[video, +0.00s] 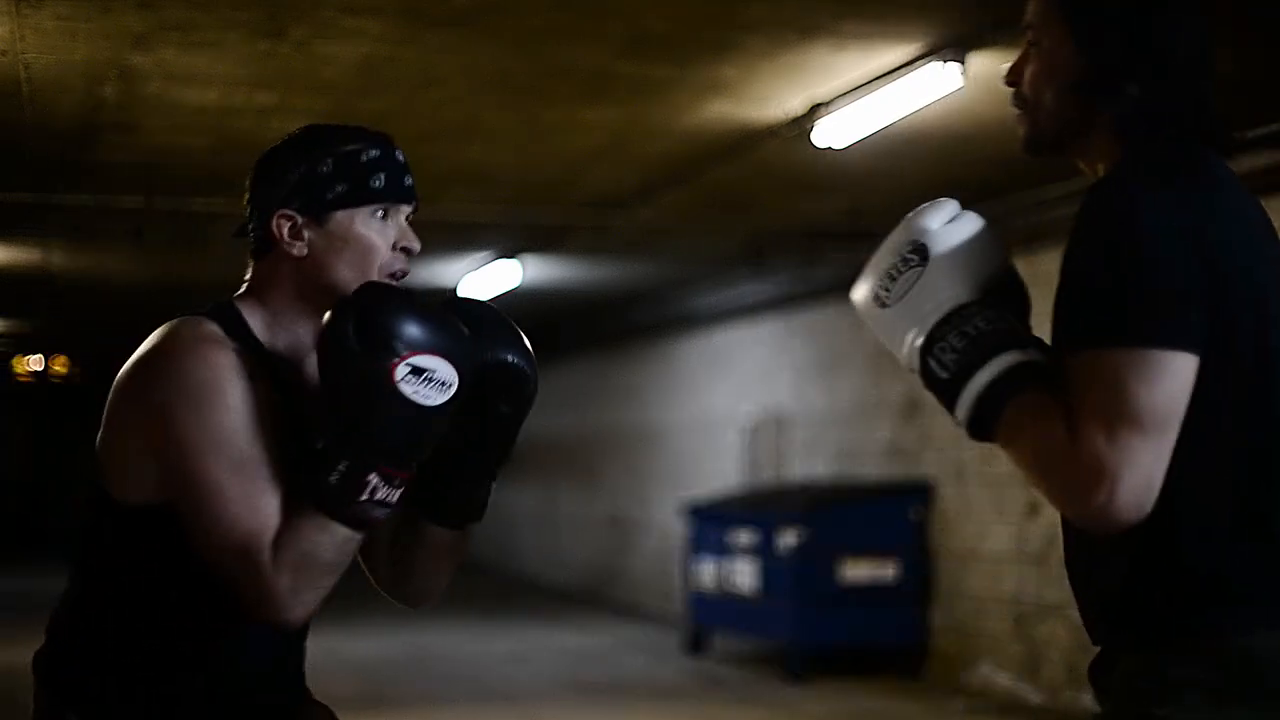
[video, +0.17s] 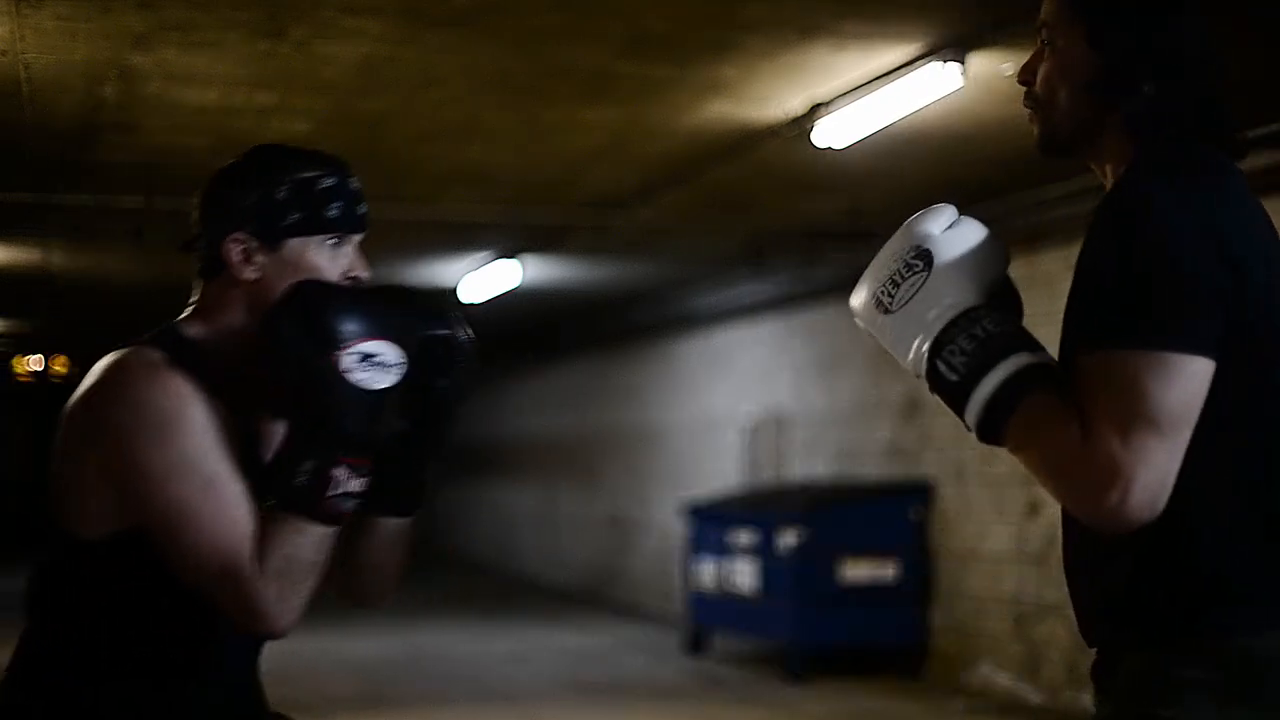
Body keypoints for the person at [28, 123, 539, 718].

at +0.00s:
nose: (412, 245)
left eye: (407, 219)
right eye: (383, 216)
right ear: (292, 232)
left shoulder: (333, 369)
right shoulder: (191, 364)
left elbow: (412, 581)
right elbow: (279, 594)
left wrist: (472, 446)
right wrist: (372, 447)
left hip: (259, 692)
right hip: (137, 698)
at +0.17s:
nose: (361, 273)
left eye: (358, 248)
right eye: (337, 246)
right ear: (244, 257)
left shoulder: (259, 389)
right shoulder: (143, 391)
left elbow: (363, 586)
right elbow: (266, 604)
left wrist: (412, 425)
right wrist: (337, 433)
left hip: (212, 703)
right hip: (102, 716)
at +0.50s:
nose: (271, 305)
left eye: (272, 276)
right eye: (240, 278)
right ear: (152, 289)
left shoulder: (259, 412)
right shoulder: (47, 426)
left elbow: (347, 611)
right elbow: (114, 654)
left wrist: (359, 449)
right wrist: (200, 483)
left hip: (239, 707)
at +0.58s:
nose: (234, 346)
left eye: (240, 314)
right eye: (200, 320)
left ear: (252, 312)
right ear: (130, 336)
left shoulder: (280, 430)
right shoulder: (56, 468)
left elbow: (394, 633)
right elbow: (76, 697)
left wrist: (344, 471)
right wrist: (123, 538)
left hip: (264, 713)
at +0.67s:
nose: (260, 345)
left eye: (265, 315)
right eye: (227, 326)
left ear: (280, 315)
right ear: (161, 347)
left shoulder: (313, 434)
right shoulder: (90, 472)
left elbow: (437, 626)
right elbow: (75, 696)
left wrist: (368, 498)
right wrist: (113, 527)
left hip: (277, 707)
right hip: (145, 717)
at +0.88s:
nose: (393, 271)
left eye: (386, 246)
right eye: (370, 243)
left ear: (286, 260)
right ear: (288, 256)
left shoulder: (268, 342)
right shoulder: (286, 333)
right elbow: (467, 358)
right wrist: (565, 257)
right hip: (196, 709)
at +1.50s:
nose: (298, 249)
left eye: (296, 227)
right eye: (266, 224)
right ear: (180, 246)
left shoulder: (257, 384)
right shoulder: (88, 388)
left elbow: (356, 580)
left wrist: (380, 422)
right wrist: (245, 427)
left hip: (213, 700)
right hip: (91, 709)